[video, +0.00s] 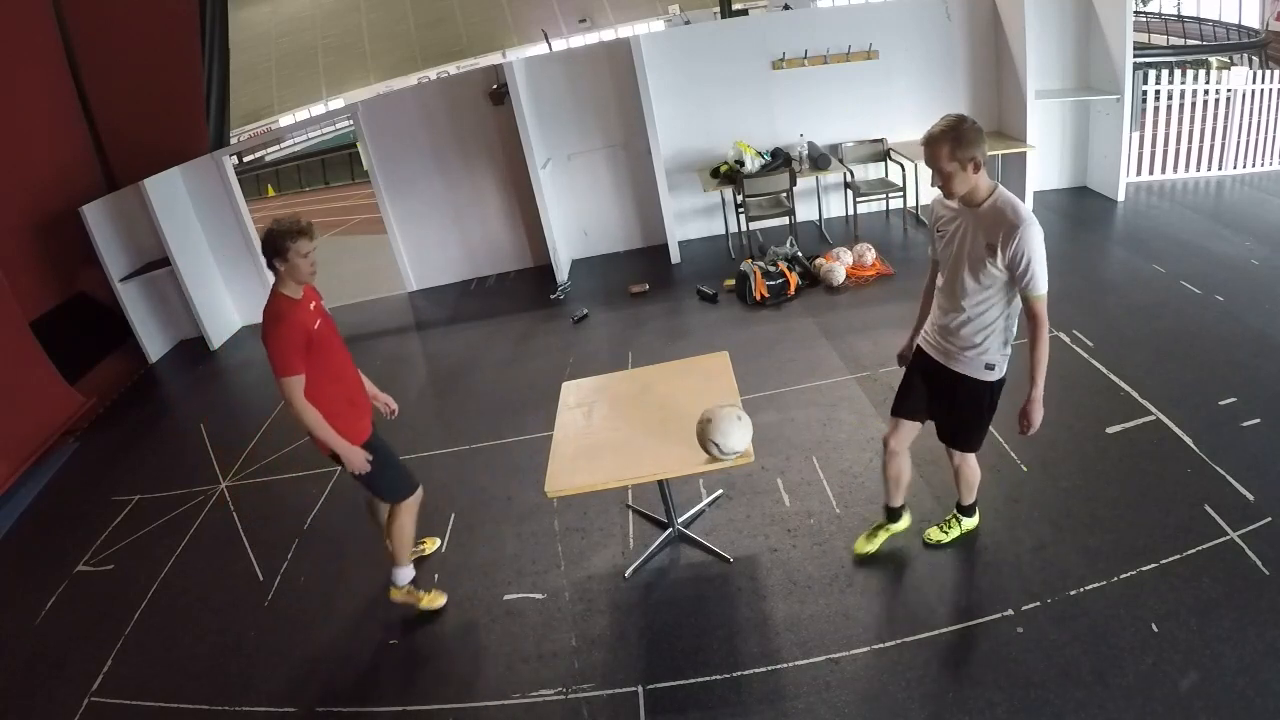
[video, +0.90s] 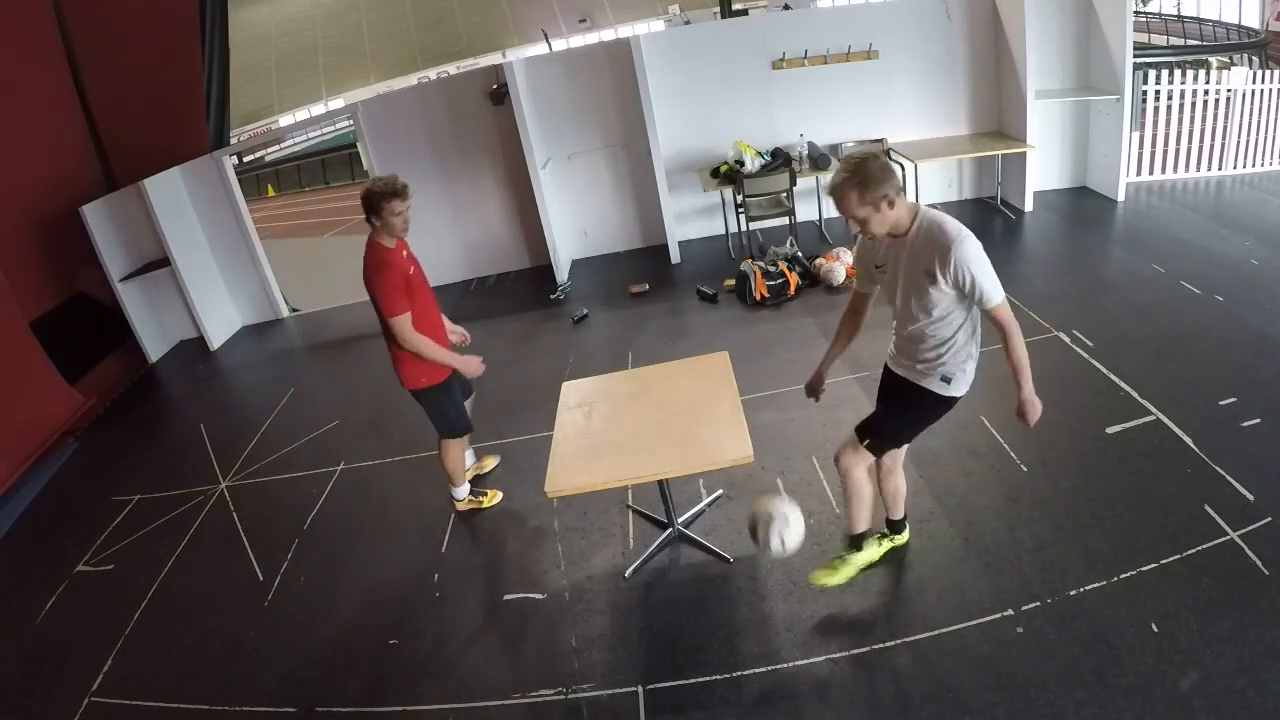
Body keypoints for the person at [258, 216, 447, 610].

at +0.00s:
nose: (313, 260)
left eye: (313, 252)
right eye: (303, 256)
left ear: (312, 251)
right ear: (279, 265)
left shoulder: (307, 292)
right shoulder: (281, 322)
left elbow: (334, 352)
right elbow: (295, 400)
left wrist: (371, 391)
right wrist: (343, 448)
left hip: (356, 415)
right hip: (344, 433)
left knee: (380, 489)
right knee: (408, 493)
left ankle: (398, 547)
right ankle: (402, 583)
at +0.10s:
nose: (320, 256)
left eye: (319, 248)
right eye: (310, 251)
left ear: (318, 247)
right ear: (286, 259)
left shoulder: (311, 287)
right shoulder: (287, 315)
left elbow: (339, 348)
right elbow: (301, 394)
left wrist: (374, 385)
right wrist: (348, 437)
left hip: (356, 408)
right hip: (349, 423)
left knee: (374, 482)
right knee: (417, 473)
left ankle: (399, 548)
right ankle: (421, 556)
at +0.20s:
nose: (326, 251)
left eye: (326, 243)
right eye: (317, 246)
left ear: (326, 241)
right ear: (294, 254)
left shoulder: (318, 283)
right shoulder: (297, 309)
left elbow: (342, 346)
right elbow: (308, 385)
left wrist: (377, 382)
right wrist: (353, 432)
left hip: (360, 403)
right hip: (358, 418)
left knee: (373, 480)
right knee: (421, 461)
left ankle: (400, 551)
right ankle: (443, 528)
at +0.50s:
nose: (361, 240)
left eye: (361, 232)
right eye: (352, 236)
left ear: (360, 231)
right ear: (330, 244)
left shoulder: (347, 269)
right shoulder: (341, 292)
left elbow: (373, 340)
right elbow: (356, 367)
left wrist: (403, 381)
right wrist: (388, 423)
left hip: (394, 386)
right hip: (391, 396)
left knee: (390, 463)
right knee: (437, 443)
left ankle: (400, 546)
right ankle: (464, 498)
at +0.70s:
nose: (387, 226)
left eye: (387, 218)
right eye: (378, 222)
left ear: (386, 214)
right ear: (355, 229)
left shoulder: (369, 253)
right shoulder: (366, 277)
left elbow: (397, 312)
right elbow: (388, 348)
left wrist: (427, 342)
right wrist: (430, 393)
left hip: (411, 367)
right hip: (408, 380)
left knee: (424, 433)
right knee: (445, 432)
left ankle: (412, 506)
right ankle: (463, 496)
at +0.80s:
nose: (398, 222)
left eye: (398, 214)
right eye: (389, 218)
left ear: (399, 210)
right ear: (365, 224)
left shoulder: (382, 248)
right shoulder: (375, 271)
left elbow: (405, 304)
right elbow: (399, 342)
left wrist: (435, 329)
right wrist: (448, 376)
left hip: (421, 359)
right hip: (413, 371)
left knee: (444, 424)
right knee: (451, 429)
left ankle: (435, 485)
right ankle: (461, 495)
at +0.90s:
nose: (407, 218)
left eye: (407, 210)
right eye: (398, 214)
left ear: (407, 207)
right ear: (375, 219)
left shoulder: (395, 244)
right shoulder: (382, 267)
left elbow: (417, 297)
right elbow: (405, 337)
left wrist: (445, 325)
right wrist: (459, 361)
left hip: (433, 353)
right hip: (420, 367)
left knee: (461, 402)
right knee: (453, 430)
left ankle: (468, 465)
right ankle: (461, 496)